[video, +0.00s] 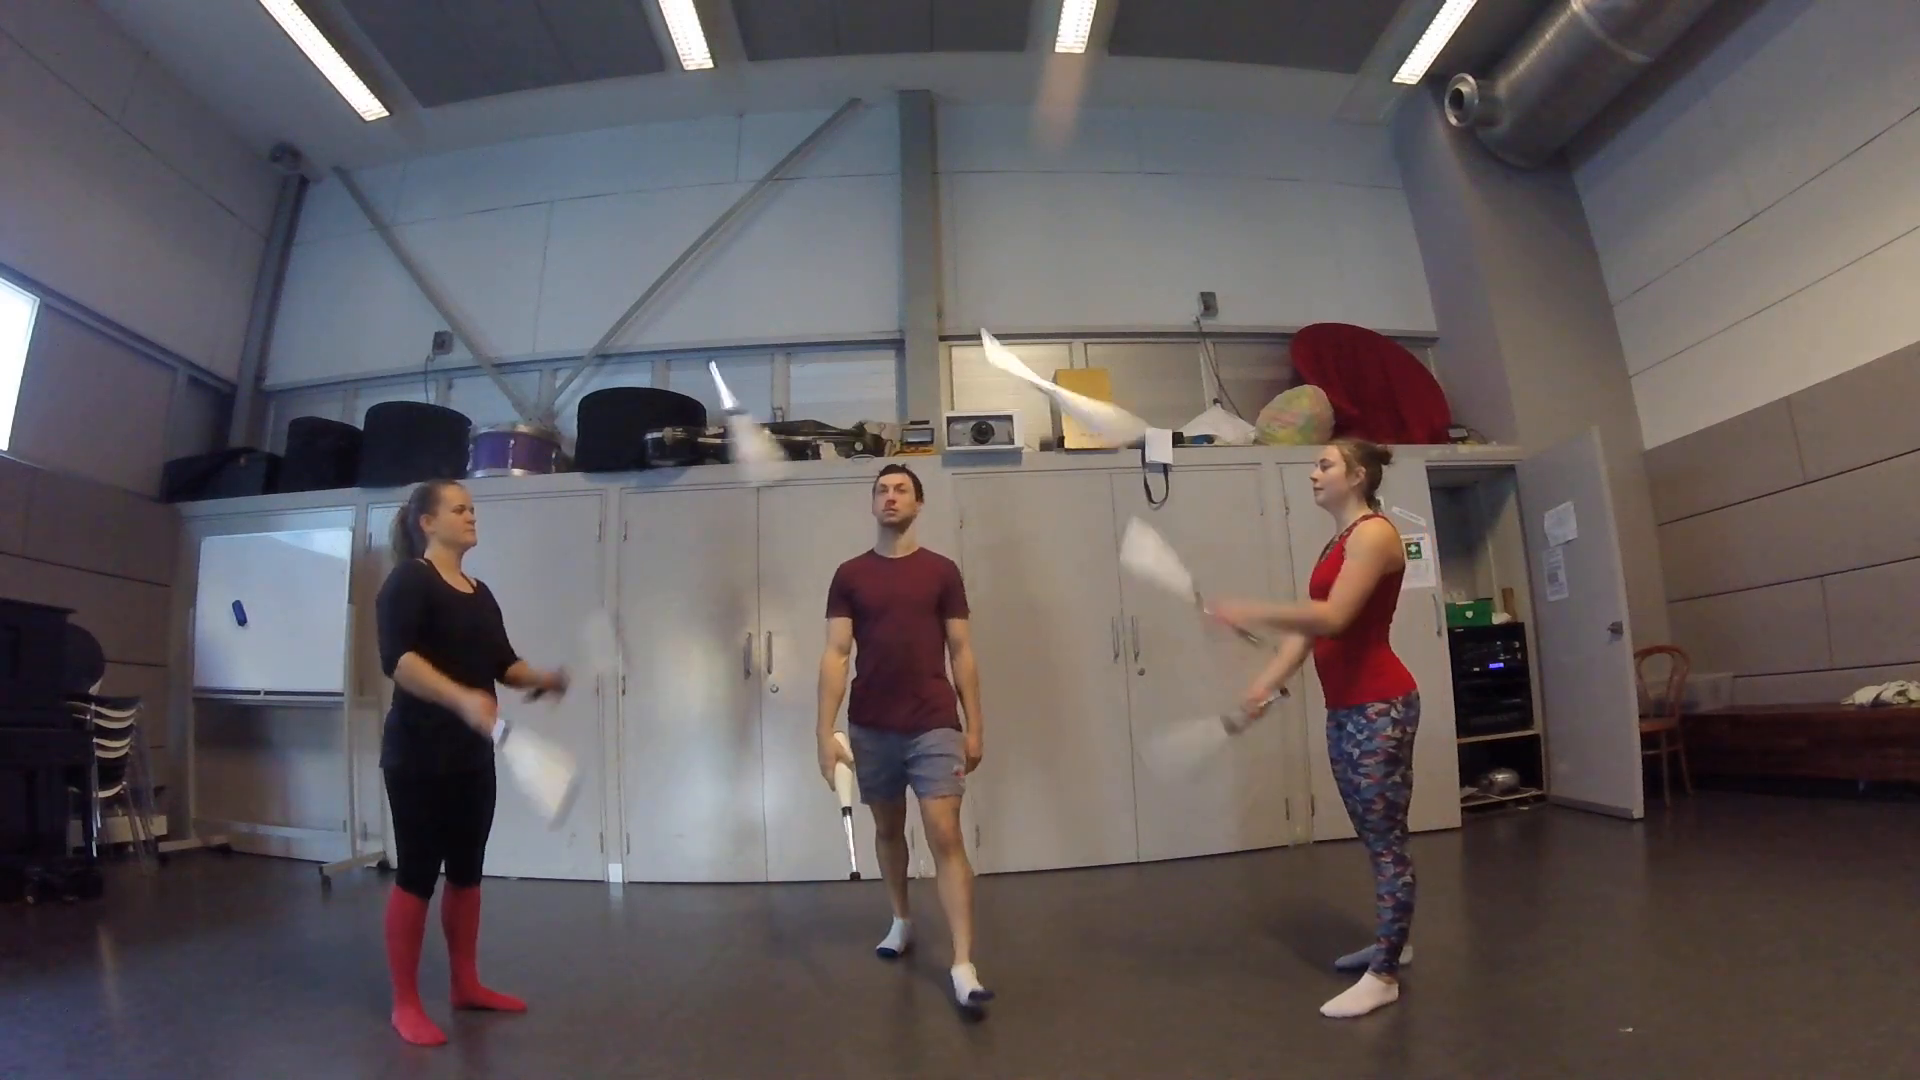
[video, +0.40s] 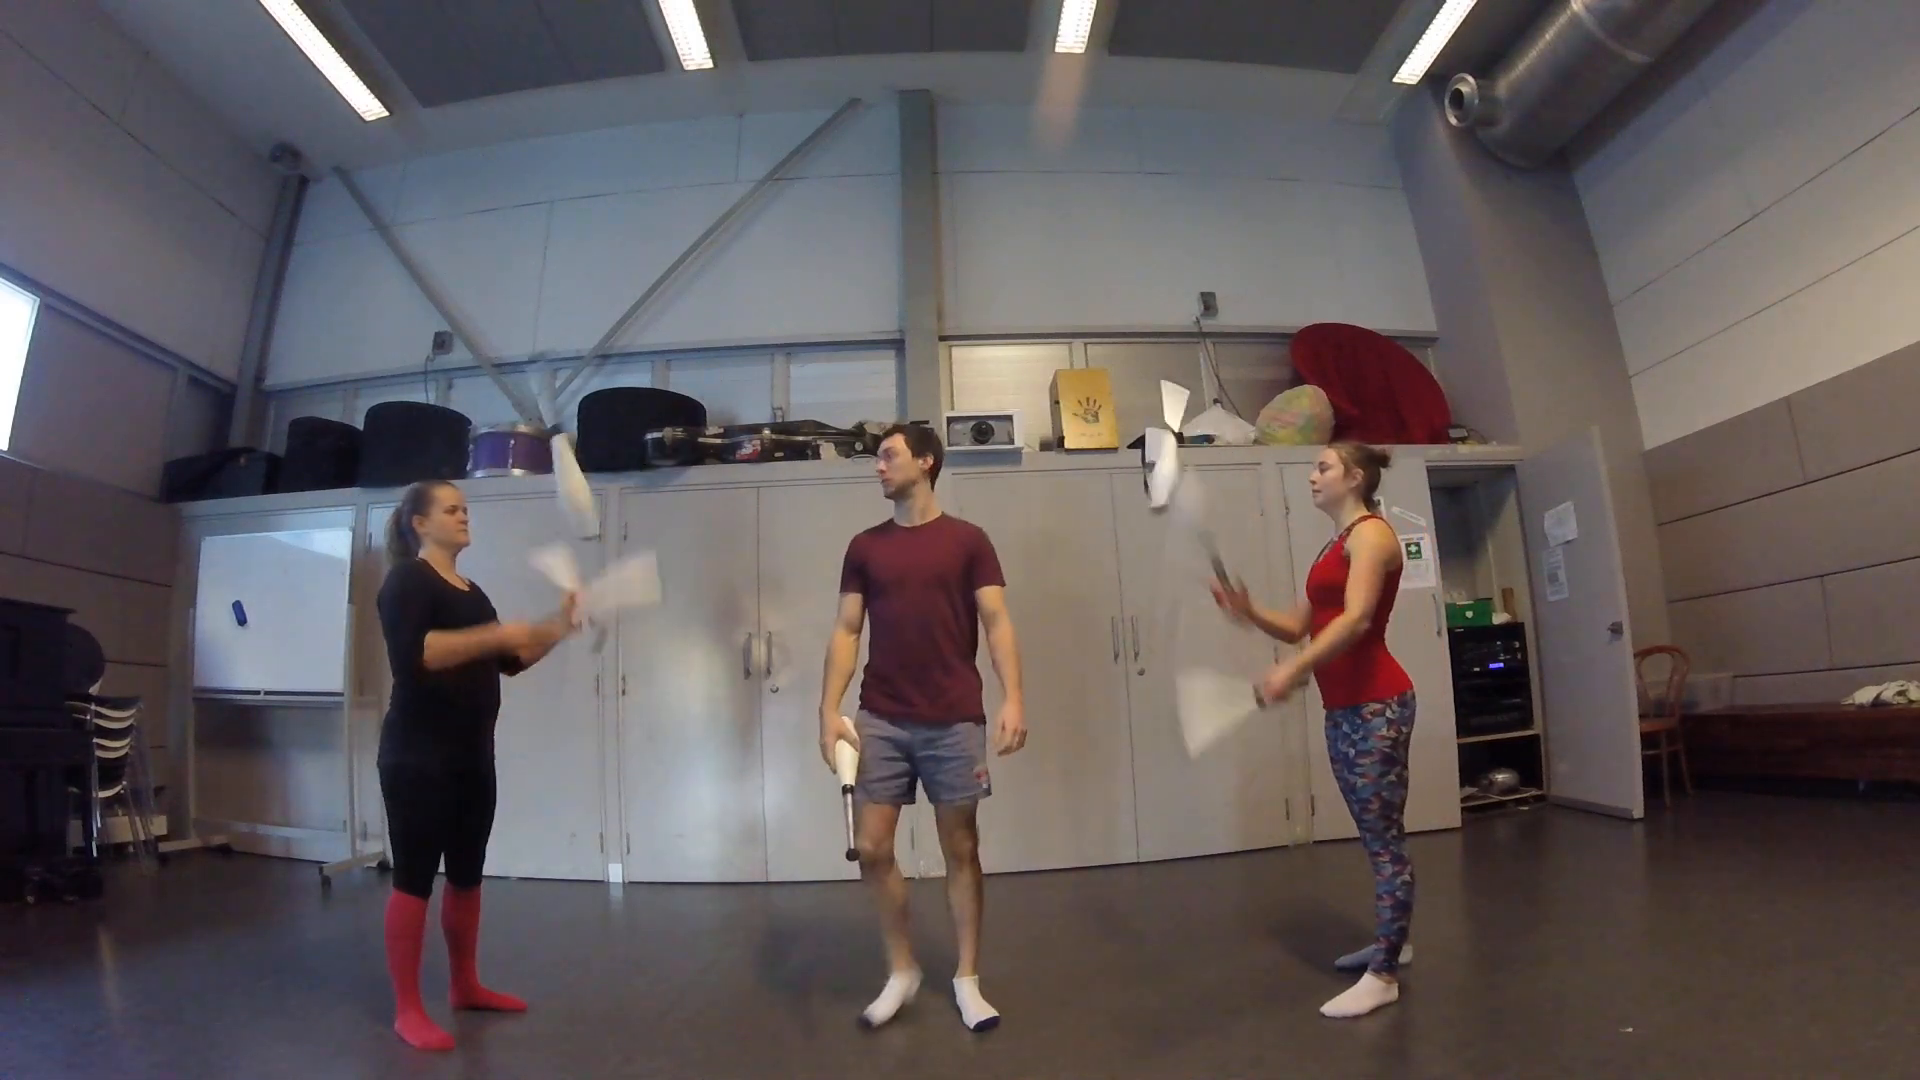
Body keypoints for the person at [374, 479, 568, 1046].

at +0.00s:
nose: (472, 518)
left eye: (472, 510)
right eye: (460, 510)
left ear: (467, 523)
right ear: (426, 522)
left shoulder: (478, 591)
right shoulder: (406, 584)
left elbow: (504, 665)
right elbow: (397, 660)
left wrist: (541, 678)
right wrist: (463, 698)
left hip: (473, 749)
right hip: (418, 751)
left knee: (466, 872)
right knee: (416, 874)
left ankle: (467, 987)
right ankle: (405, 1005)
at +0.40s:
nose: (465, 519)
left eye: (466, 510)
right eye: (453, 511)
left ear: (459, 522)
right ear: (419, 523)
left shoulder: (473, 593)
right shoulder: (404, 584)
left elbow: (509, 659)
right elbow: (418, 653)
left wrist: (558, 625)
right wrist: (501, 637)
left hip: (472, 752)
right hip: (416, 754)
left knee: (466, 874)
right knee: (414, 878)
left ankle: (466, 988)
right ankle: (408, 1011)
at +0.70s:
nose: (459, 517)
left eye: (459, 508)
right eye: (447, 509)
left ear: (456, 520)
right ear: (412, 522)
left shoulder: (471, 591)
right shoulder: (396, 584)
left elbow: (490, 657)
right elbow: (409, 657)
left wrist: (526, 691)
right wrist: (484, 645)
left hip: (469, 753)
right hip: (411, 757)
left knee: (465, 873)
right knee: (413, 878)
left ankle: (466, 988)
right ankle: (409, 1011)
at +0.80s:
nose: (458, 516)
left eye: (459, 507)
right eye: (446, 507)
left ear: (455, 520)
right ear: (412, 519)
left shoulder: (470, 590)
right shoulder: (394, 581)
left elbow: (495, 661)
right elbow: (391, 661)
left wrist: (526, 654)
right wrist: (455, 680)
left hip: (467, 754)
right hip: (409, 754)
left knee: (464, 873)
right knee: (410, 879)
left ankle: (466, 987)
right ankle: (409, 1010)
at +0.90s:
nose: (459, 515)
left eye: (459, 507)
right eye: (446, 507)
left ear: (457, 518)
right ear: (412, 519)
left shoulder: (470, 588)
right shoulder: (394, 579)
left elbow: (504, 657)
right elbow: (379, 665)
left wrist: (540, 622)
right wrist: (435, 712)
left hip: (465, 750)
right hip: (410, 750)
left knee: (465, 871)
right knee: (410, 875)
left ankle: (466, 988)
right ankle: (408, 1011)